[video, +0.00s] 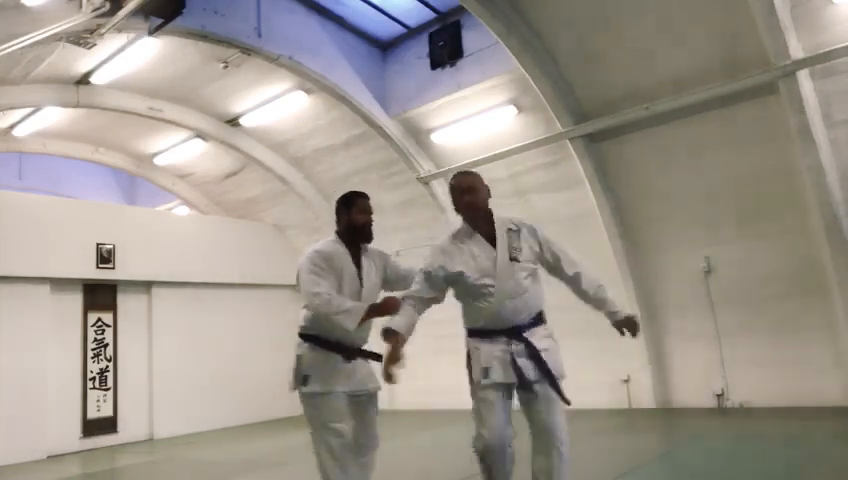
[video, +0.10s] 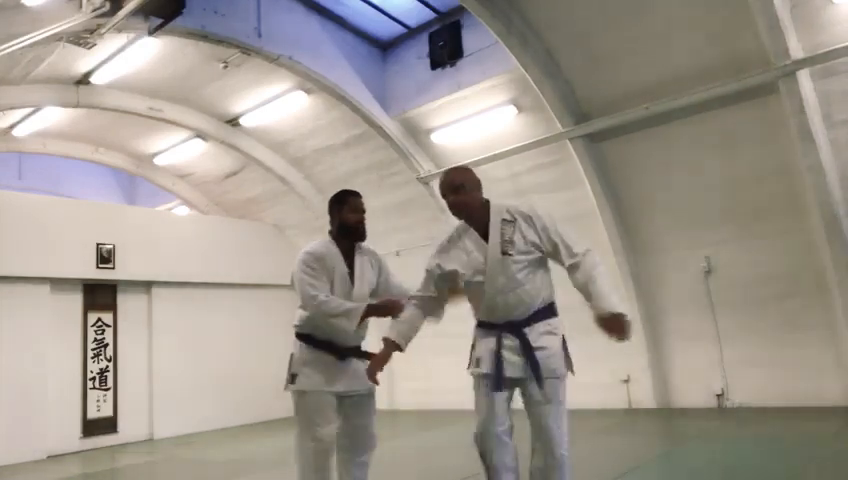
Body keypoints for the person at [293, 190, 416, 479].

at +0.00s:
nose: (370, 220)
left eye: (371, 213)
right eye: (364, 213)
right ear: (342, 217)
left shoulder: (376, 259)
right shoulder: (318, 258)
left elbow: (414, 279)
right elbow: (320, 304)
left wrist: (440, 278)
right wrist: (371, 310)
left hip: (357, 363)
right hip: (321, 366)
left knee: (366, 442)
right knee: (336, 444)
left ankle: (357, 477)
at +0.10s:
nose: (363, 218)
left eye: (364, 212)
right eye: (356, 213)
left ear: (362, 215)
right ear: (335, 216)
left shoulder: (371, 259)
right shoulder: (313, 256)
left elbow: (396, 296)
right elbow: (314, 303)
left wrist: (429, 300)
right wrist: (369, 310)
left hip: (354, 363)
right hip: (314, 364)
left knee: (359, 443)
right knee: (319, 442)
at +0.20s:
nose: (355, 219)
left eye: (355, 213)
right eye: (348, 213)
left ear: (354, 214)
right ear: (327, 217)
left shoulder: (365, 260)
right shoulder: (307, 257)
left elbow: (385, 309)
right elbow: (309, 303)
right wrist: (364, 311)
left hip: (350, 364)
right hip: (310, 365)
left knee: (358, 446)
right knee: (298, 446)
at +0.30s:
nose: (345, 219)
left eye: (346, 213)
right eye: (337, 213)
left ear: (346, 217)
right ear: (318, 219)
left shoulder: (358, 262)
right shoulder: (300, 259)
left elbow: (371, 314)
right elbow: (301, 303)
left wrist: (376, 362)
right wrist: (356, 319)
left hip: (347, 366)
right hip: (305, 367)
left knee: (359, 445)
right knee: (285, 447)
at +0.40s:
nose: (335, 220)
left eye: (336, 214)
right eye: (327, 214)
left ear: (337, 219)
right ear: (308, 221)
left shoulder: (349, 265)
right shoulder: (292, 261)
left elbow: (361, 316)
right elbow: (291, 308)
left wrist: (360, 362)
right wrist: (336, 339)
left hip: (342, 368)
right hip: (300, 369)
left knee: (358, 445)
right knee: (281, 450)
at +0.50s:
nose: (326, 223)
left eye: (327, 217)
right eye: (319, 217)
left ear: (328, 220)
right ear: (298, 222)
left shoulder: (337, 266)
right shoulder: (280, 266)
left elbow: (351, 313)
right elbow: (277, 320)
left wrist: (359, 354)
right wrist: (311, 357)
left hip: (335, 370)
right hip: (291, 374)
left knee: (352, 446)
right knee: (279, 456)